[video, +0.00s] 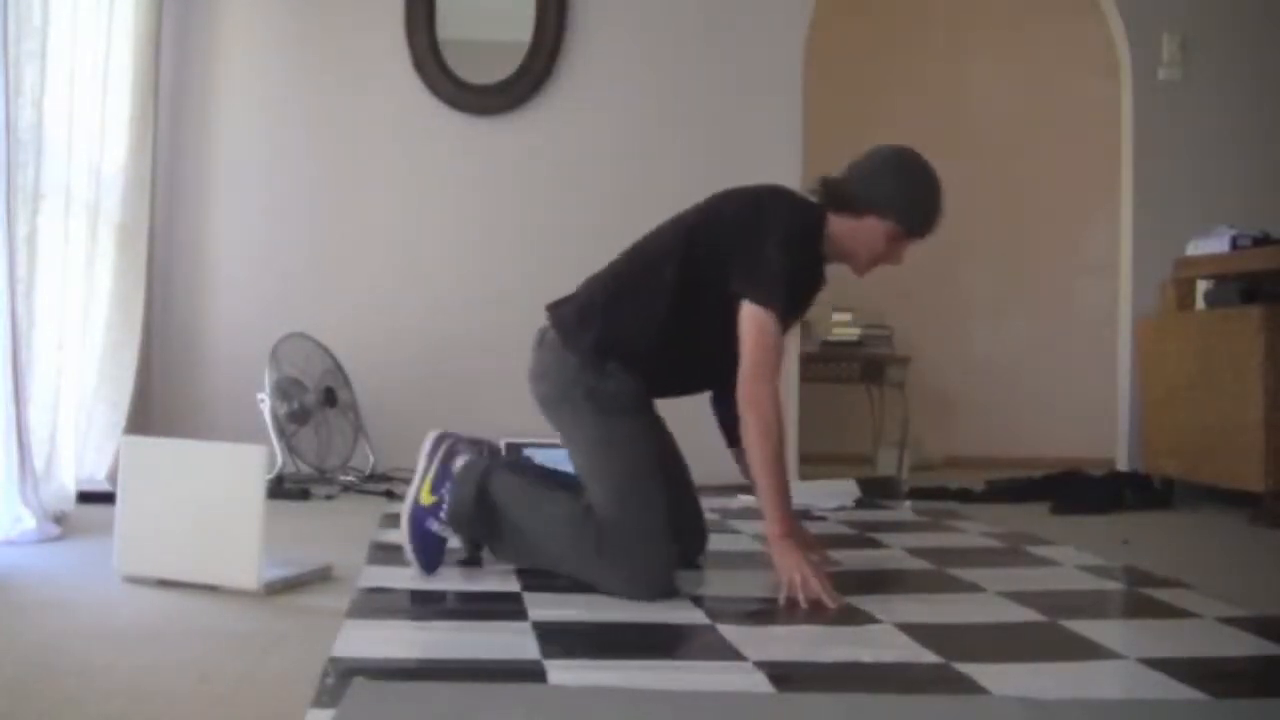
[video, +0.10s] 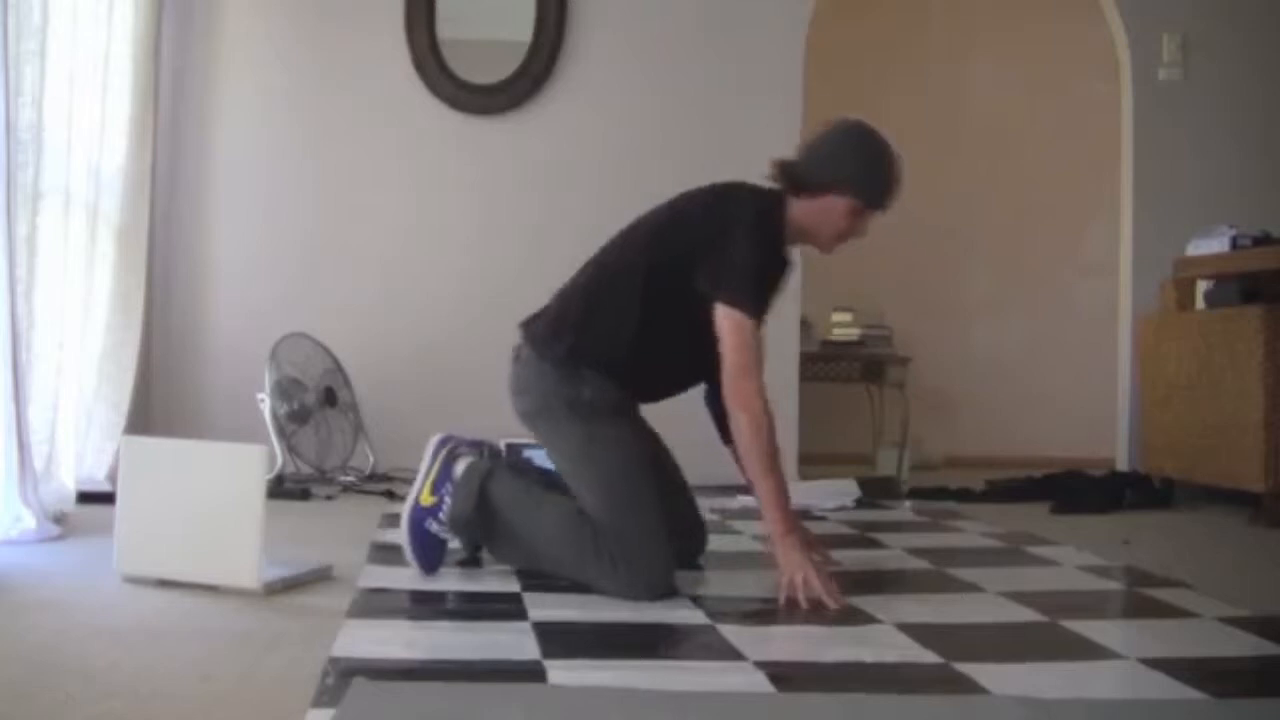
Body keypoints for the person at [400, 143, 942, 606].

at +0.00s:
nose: (897, 258)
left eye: (906, 246)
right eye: (901, 239)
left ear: (866, 212)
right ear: (869, 209)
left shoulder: (797, 252)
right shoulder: (782, 226)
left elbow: (737, 397)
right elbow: (754, 388)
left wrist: (781, 517)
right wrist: (781, 534)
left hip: (617, 377)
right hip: (581, 365)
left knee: (681, 541)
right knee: (640, 569)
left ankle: (503, 481)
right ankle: (469, 486)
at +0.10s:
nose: (858, 230)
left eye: (867, 218)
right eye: (862, 212)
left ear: (829, 193)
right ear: (832, 193)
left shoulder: (763, 244)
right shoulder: (743, 225)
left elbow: (729, 401)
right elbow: (742, 396)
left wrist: (782, 521)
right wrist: (785, 538)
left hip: (594, 385)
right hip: (560, 379)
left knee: (679, 541)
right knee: (641, 576)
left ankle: (505, 482)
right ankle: (474, 490)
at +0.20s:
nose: (837, 215)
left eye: (843, 200)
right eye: (838, 197)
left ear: (801, 179)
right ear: (809, 182)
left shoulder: (733, 228)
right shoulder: (725, 221)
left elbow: (714, 392)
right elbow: (734, 391)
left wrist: (774, 510)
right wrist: (786, 527)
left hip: (584, 392)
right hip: (551, 388)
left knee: (680, 542)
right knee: (643, 574)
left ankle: (515, 479)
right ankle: (471, 494)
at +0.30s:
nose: (808, 191)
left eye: (813, 176)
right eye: (806, 173)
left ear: (759, 158)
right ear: (771, 160)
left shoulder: (701, 213)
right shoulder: (702, 216)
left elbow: (674, 391)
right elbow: (709, 389)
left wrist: (709, 487)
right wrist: (776, 513)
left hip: (571, 398)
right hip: (541, 397)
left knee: (679, 542)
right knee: (642, 573)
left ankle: (495, 479)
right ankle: (474, 495)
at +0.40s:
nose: (794, 183)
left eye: (798, 166)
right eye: (793, 164)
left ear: (751, 150)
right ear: (763, 153)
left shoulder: (697, 210)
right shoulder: (691, 211)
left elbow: (697, 377)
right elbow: (696, 380)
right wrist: (752, 484)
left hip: (578, 405)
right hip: (537, 404)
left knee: (679, 541)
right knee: (638, 571)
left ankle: (493, 478)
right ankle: (472, 495)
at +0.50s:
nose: (786, 168)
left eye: (788, 151)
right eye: (783, 150)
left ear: (742, 140)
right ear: (752, 143)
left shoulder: (683, 196)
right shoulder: (681, 201)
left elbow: (700, 362)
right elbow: (699, 370)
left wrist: (744, 431)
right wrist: (748, 437)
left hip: (574, 405)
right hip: (534, 407)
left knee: (680, 543)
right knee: (639, 576)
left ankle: (488, 478)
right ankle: (472, 497)